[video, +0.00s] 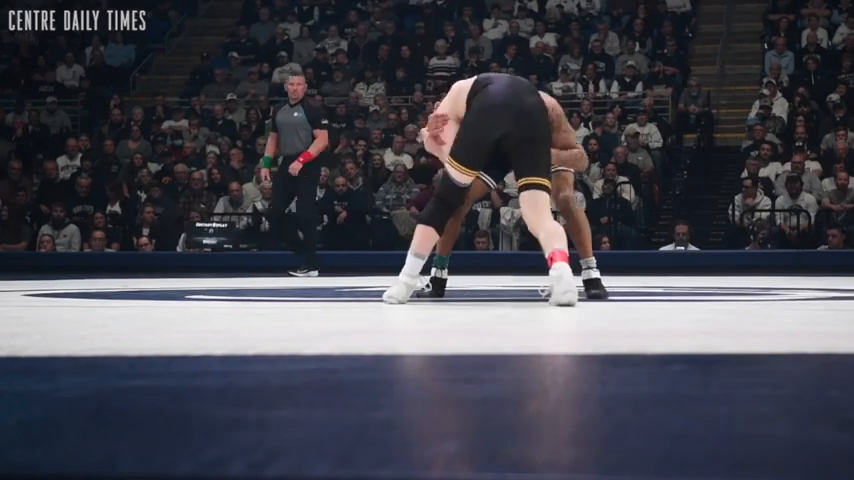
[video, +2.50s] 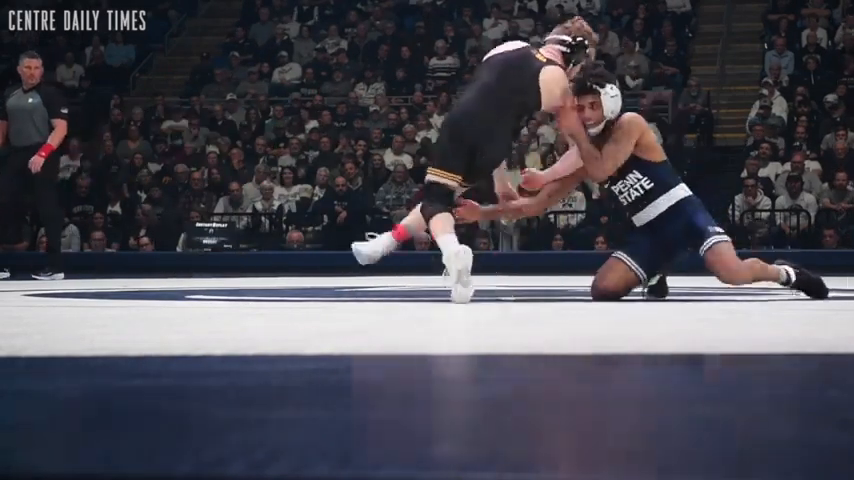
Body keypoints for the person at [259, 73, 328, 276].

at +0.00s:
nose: (295, 88)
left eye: (299, 84)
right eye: (292, 84)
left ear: (305, 86)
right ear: (286, 87)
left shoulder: (313, 108)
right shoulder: (279, 111)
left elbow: (322, 139)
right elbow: (273, 138)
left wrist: (301, 160)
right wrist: (266, 165)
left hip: (308, 165)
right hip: (286, 165)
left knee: (305, 212)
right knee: (276, 213)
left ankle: (311, 264)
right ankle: (302, 254)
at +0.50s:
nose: (240, 86)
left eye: (244, 82)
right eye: (237, 82)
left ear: (251, 85)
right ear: (230, 85)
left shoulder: (258, 106)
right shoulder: (226, 109)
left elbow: (271, 136)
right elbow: (220, 137)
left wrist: (256, 163)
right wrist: (212, 163)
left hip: (252, 163)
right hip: (231, 163)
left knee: (248, 211)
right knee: (234, 215)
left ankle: (281, 247)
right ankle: (240, 265)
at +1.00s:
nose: (191, 85)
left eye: (195, 81)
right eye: (188, 81)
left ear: (202, 82)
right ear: (182, 83)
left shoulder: (210, 106)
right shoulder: (176, 109)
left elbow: (223, 138)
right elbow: (167, 136)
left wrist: (220, 169)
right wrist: (160, 160)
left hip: (202, 164)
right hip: (183, 165)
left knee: (194, 212)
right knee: (191, 214)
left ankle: (190, 265)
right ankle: (227, 253)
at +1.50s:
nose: (134, 83)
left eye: (138, 78)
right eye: (130, 78)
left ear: (145, 80)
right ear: (123, 81)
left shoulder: (152, 103)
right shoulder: (118, 106)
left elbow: (161, 135)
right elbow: (114, 137)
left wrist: (140, 159)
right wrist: (108, 165)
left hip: (150, 164)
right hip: (126, 166)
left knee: (162, 211)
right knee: (119, 213)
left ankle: (184, 260)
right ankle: (113, 265)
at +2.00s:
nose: (81, 78)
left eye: (85, 74)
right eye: (77, 74)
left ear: (91, 76)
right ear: (69, 76)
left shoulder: (99, 100)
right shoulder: (62, 103)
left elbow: (115, 132)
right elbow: (52, 131)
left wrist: (109, 164)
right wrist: (40, 155)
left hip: (94, 160)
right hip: (74, 162)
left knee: (78, 209)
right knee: (93, 212)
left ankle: (60, 264)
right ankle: (109, 263)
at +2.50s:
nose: (32, 72)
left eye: (36, 68)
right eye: (27, 68)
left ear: (42, 70)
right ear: (19, 70)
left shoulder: (49, 94)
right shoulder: (9, 96)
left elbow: (61, 128)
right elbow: (3, 128)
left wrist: (42, 154)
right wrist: (3, 150)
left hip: (42, 156)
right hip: (14, 157)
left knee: (47, 207)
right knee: (9, 207)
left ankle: (54, 265)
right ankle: (7, 264)